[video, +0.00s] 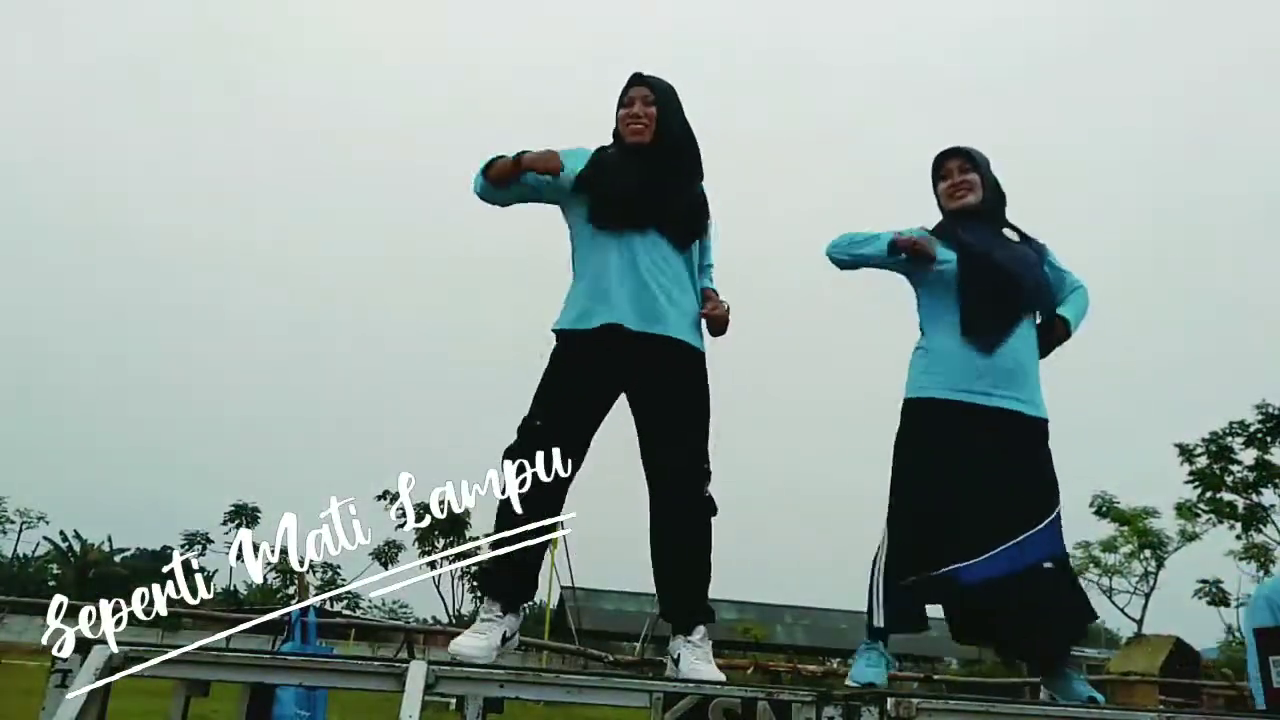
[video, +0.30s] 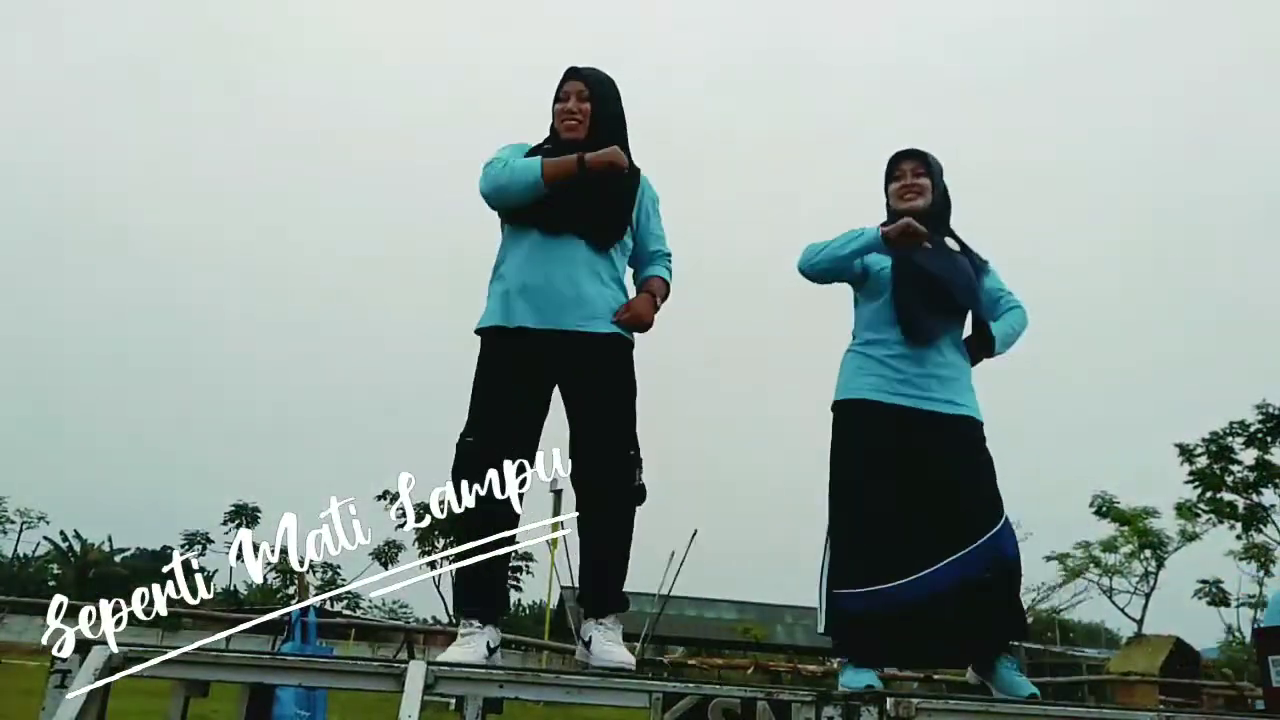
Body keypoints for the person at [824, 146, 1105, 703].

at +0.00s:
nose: (957, 181)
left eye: (967, 172)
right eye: (946, 177)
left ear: (989, 183)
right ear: (938, 193)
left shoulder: (1028, 251)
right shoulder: (923, 243)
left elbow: (1076, 290)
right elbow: (837, 250)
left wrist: (1060, 325)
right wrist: (895, 244)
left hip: (1016, 404)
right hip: (937, 398)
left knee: (1035, 531)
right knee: (910, 524)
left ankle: (1056, 667)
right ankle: (874, 647)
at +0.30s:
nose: (910, 183)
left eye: (921, 176)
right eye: (899, 178)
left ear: (940, 191)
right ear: (886, 194)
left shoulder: (967, 259)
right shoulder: (868, 249)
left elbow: (1014, 314)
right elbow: (810, 264)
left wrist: (979, 347)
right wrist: (878, 235)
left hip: (948, 401)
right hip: (870, 394)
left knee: (983, 526)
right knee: (863, 525)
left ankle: (994, 655)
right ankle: (860, 659)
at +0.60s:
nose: (879, 191)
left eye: (889, 183)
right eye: (869, 185)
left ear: (911, 196)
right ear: (859, 202)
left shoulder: (943, 262)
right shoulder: (843, 256)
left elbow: (997, 315)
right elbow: (786, 285)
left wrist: (964, 344)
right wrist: (823, 237)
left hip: (919, 407)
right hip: (843, 400)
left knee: (919, 531)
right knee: (843, 526)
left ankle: (920, 662)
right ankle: (846, 661)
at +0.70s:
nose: (869, 184)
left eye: (880, 175)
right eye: (859, 179)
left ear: (902, 185)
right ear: (848, 194)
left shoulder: (935, 256)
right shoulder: (831, 247)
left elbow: (981, 303)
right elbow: (756, 270)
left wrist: (959, 333)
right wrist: (741, 228)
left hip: (908, 403)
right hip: (833, 392)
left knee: (908, 526)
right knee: (816, 516)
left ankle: (910, 653)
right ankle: (792, 643)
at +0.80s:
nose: (858, 182)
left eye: (868, 174)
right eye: (847, 176)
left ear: (887, 188)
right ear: (834, 192)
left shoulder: (918, 256)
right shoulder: (816, 245)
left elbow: (962, 299)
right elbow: (741, 258)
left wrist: (953, 332)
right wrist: (676, 233)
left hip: (894, 402)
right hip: (820, 394)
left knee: (900, 524)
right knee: (796, 516)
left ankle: (912, 655)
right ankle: (769, 647)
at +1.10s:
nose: (837, 182)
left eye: (846, 179)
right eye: (828, 172)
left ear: (851, 193)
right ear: (801, 178)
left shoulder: (867, 253)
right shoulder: (769, 238)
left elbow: (927, 276)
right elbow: (710, 261)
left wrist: (934, 261)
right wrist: (682, 276)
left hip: (855, 402)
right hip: (781, 397)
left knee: (868, 521)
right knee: (777, 521)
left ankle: (861, 649)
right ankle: (766, 654)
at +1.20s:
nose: (837, 189)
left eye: (845, 185)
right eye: (828, 178)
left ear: (847, 198)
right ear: (800, 181)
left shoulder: (862, 254)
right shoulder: (766, 240)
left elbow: (923, 253)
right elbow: (689, 265)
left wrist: (868, 221)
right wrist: (720, 297)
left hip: (849, 400)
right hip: (780, 393)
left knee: (837, 522)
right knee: (779, 519)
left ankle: (806, 648)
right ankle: (765, 653)